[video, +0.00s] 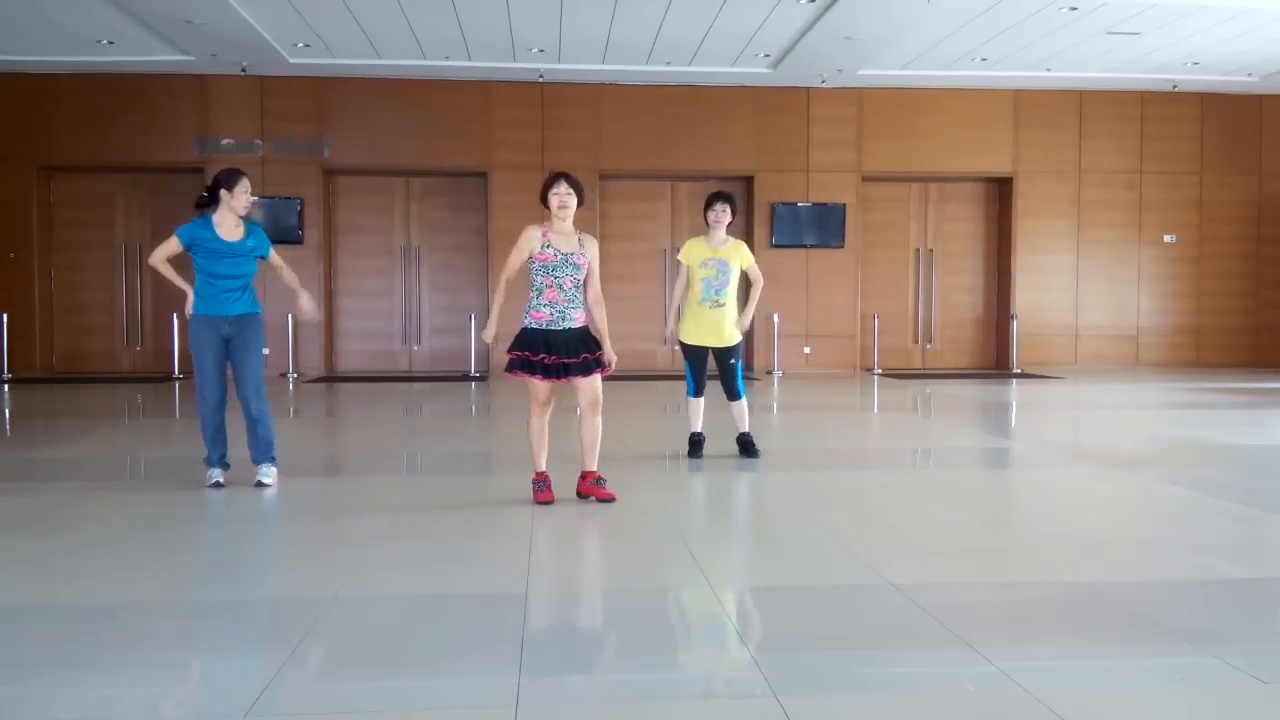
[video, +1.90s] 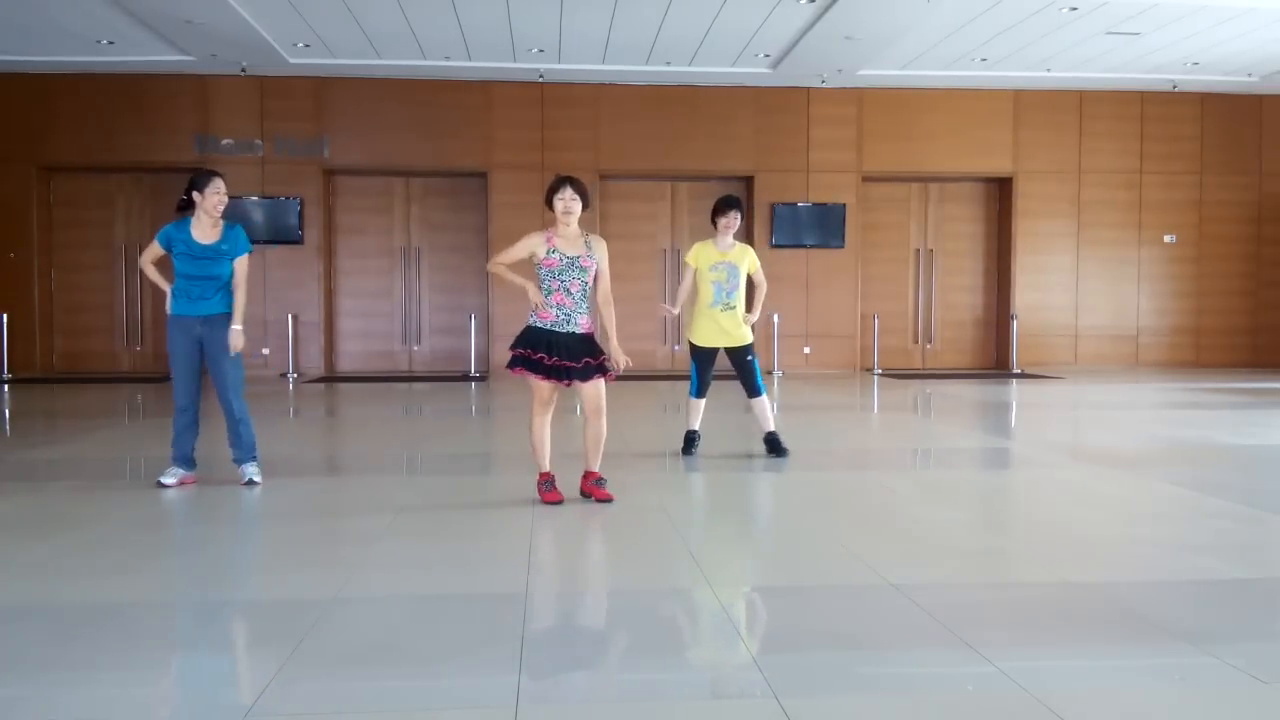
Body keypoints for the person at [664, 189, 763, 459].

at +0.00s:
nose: (718, 214)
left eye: (724, 210)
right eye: (714, 209)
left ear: (731, 217)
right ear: (705, 214)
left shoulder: (739, 249)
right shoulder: (691, 246)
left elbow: (757, 281)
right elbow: (680, 284)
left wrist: (747, 314)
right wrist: (671, 320)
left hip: (726, 329)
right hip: (692, 328)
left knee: (734, 387)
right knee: (695, 387)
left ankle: (744, 436)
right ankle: (696, 437)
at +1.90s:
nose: (730, 222)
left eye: (735, 217)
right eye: (725, 217)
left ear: (740, 222)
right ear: (715, 219)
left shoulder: (746, 253)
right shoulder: (699, 250)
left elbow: (760, 284)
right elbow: (686, 282)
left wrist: (754, 314)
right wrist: (676, 307)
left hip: (736, 328)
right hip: (703, 328)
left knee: (754, 383)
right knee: (699, 385)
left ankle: (771, 435)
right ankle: (692, 434)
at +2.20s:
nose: (760, 222)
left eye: (765, 218)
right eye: (754, 218)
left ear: (771, 223)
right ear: (745, 223)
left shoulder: (781, 256)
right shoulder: (734, 254)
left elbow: (795, 287)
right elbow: (719, 291)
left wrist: (789, 317)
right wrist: (712, 323)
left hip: (772, 331)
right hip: (737, 331)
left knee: (791, 382)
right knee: (721, 384)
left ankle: (805, 438)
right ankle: (697, 433)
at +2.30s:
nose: (770, 220)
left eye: (775, 215)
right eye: (765, 215)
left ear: (781, 220)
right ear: (756, 221)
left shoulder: (793, 253)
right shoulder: (745, 253)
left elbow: (811, 281)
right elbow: (735, 291)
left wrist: (805, 315)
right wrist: (729, 326)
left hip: (787, 329)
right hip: (753, 330)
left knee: (800, 385)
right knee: (735, 386)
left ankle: (806, 438)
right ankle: (714, 433)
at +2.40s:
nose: (779, 217)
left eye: (783, 212)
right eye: (773, 213)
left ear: (790, 217)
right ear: (764, 218)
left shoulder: (802, 250)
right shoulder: (754, 251)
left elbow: (821, 279)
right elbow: (747, 290)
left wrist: (815, 314)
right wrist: (743, 327)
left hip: (797, 329)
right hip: (763, 330)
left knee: (804, 387)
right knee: (751, 387)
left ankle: (807, 438)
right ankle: (740, 436)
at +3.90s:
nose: (795, 214)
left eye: (800, 210)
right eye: (790, 209)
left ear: (806, 215)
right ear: (781, 214)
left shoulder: (817, 247)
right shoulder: (769, 249)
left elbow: (839, 281)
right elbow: (762, 288)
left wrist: (833, 316)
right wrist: (758, 325)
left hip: (812, 329)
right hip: (778, 329)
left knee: (811, 389)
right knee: (772, 387)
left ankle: (810, 439)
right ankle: (759, 437)